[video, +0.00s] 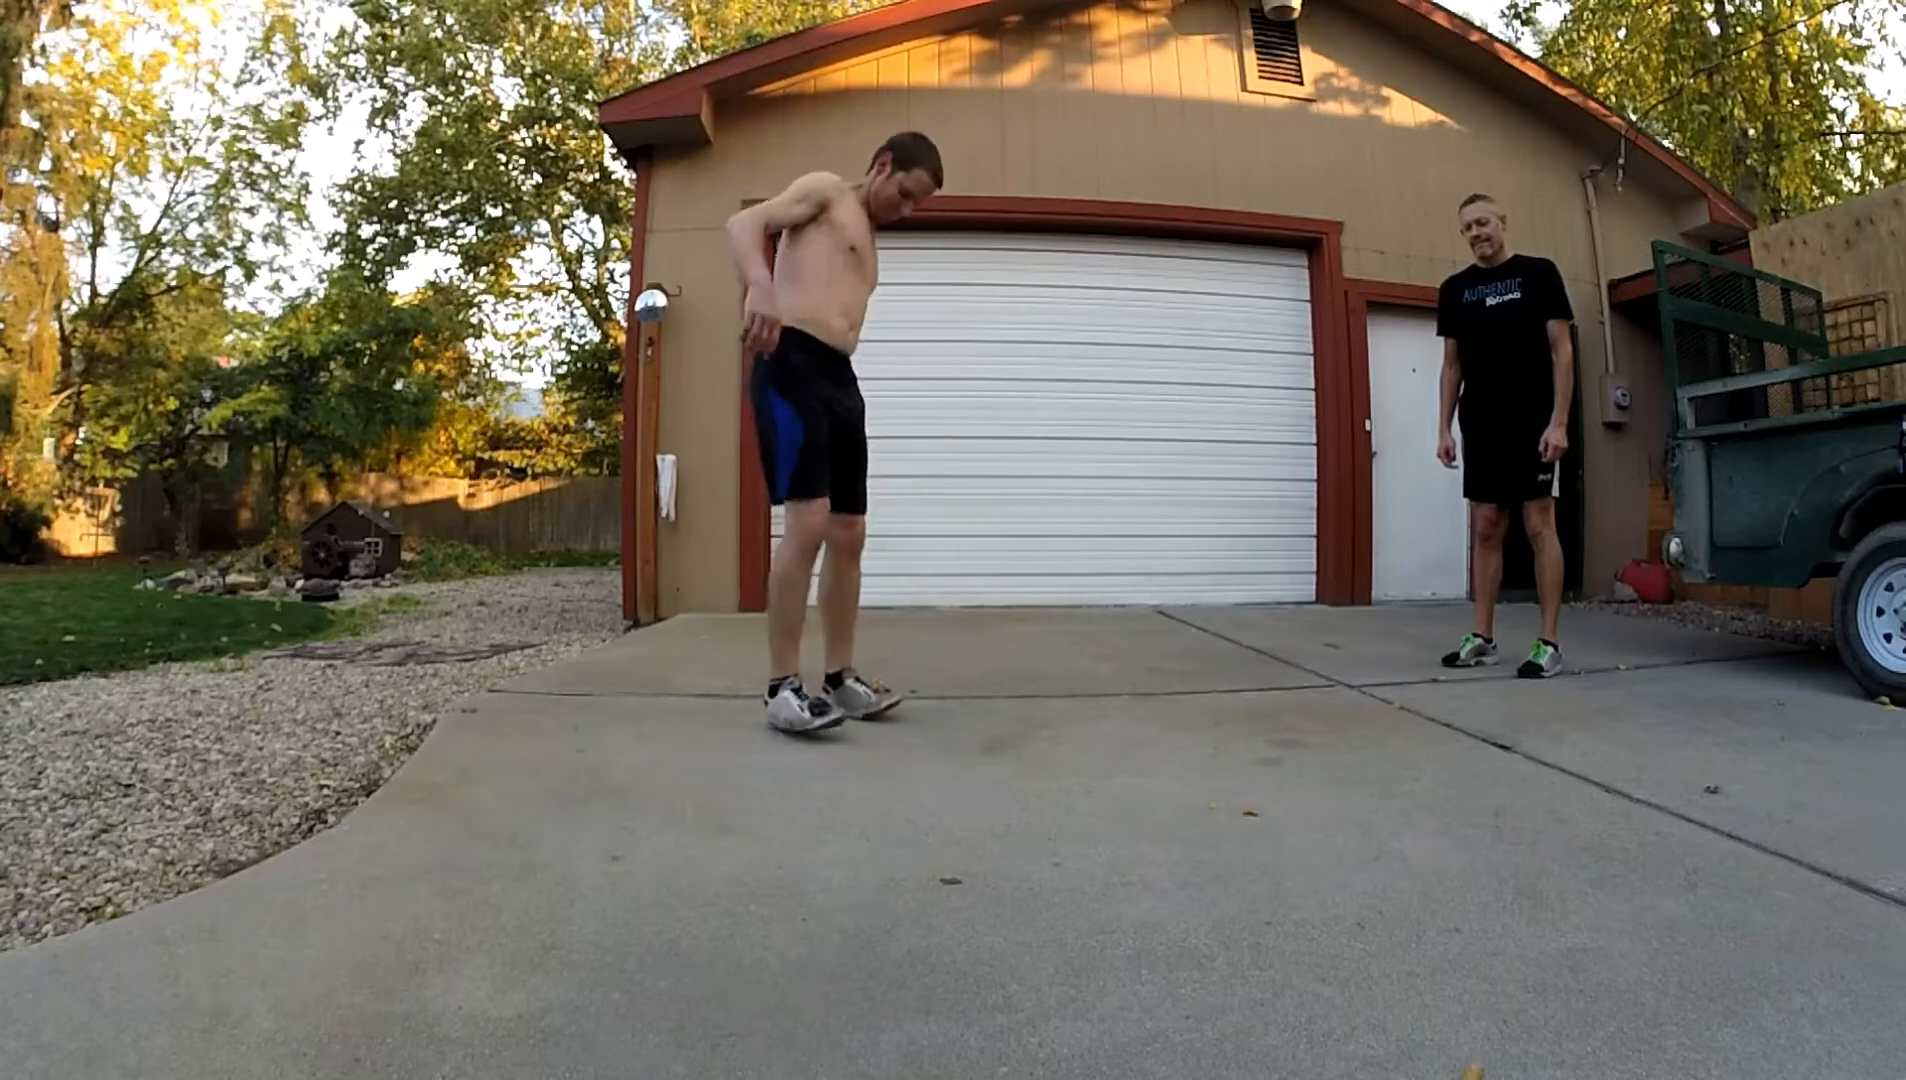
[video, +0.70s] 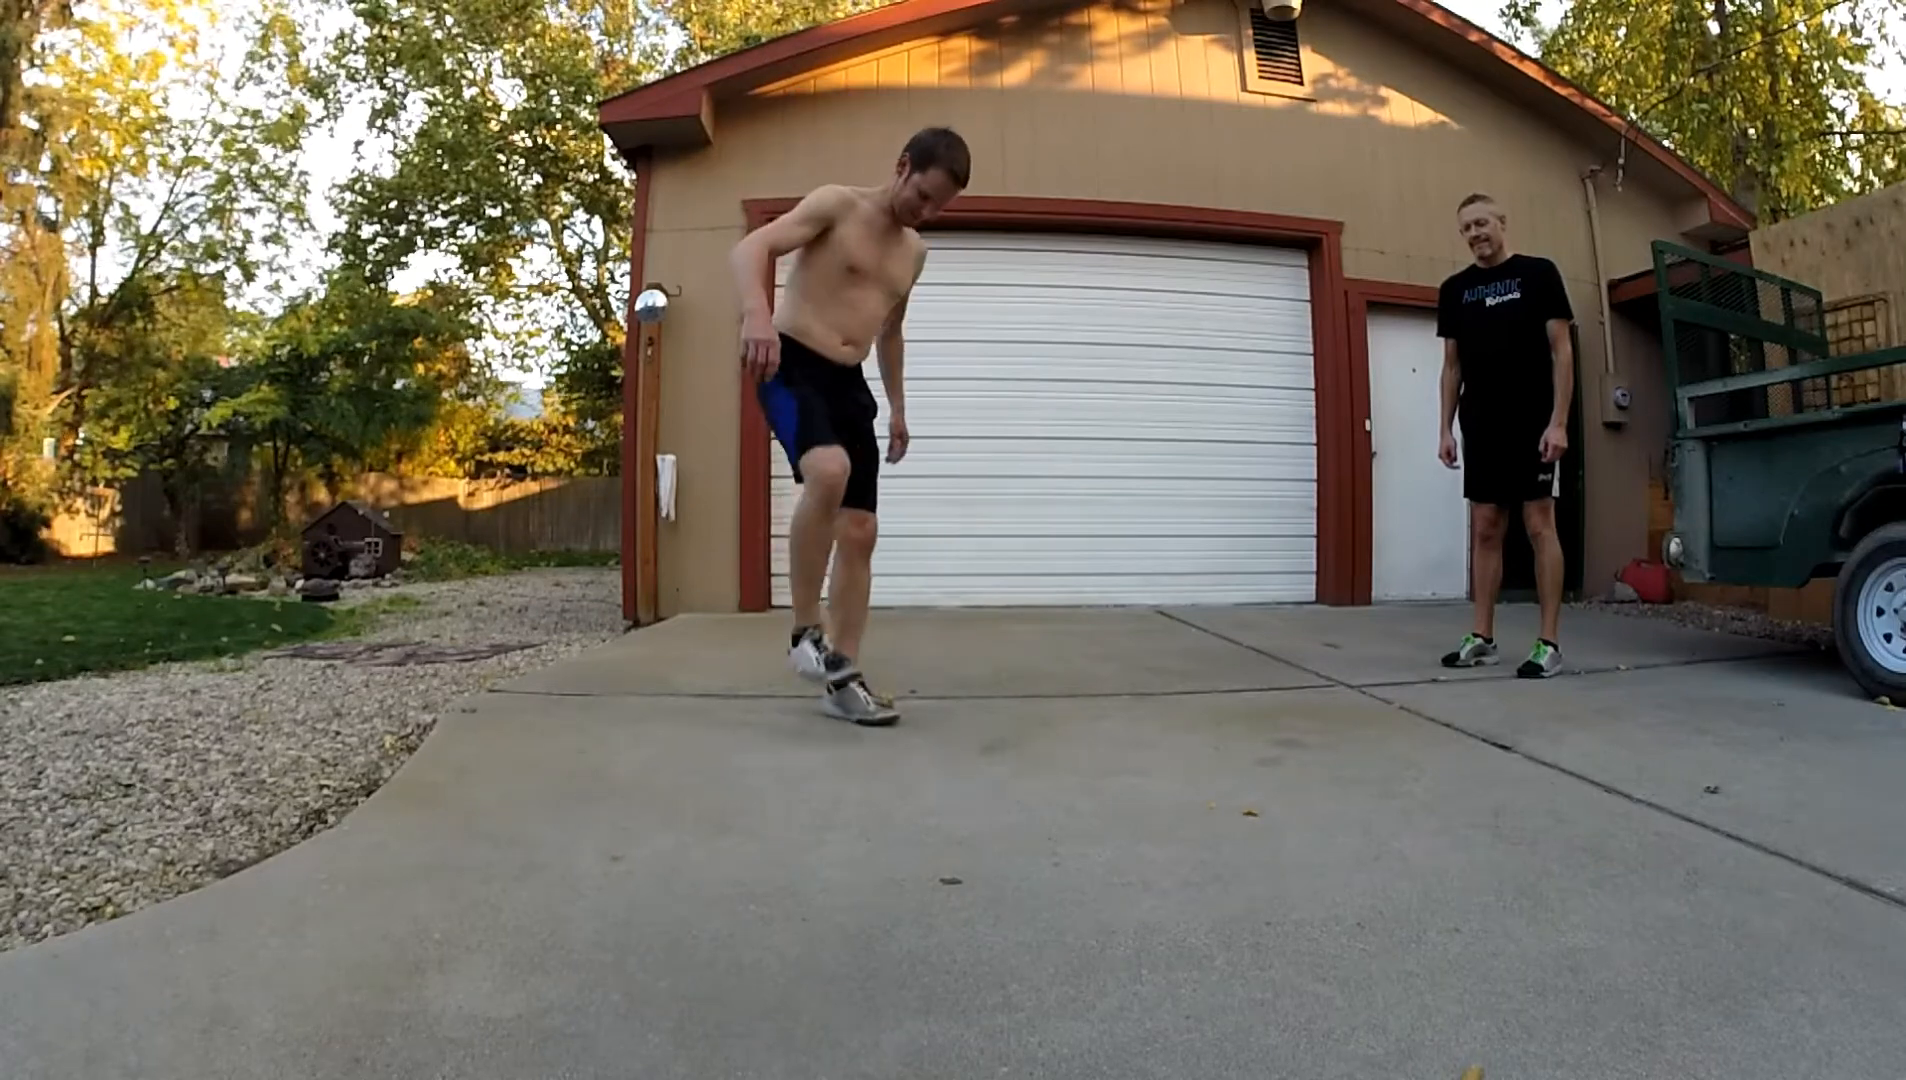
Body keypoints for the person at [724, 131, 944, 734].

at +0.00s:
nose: (907, 211)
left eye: (915, 204)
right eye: (907, 196)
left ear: (898, 185)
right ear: (883, 166)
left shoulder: (866, 234)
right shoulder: (827, 187)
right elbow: (744, 222)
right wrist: (761, 284)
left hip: (838, 372)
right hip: (792, 360)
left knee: (848, 532)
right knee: (808, 523)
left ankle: (839, 680)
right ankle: (783, 690)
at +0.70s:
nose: (926, 212)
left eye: (939, 205)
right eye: (923, 196)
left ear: (947, 198)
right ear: (902, 168)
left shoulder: (914, 251)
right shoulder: (836, 204)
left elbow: (891, 329)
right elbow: (751, 247)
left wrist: (896, 408)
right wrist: (757, 315)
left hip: (850, 382)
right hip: (791, 361)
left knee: (860, 530)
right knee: (829, 471)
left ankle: (843, 674)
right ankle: (805, 634)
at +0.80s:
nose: (930, 217)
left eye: (943, 210)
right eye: (928, 200)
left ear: (955, 205)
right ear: (908, 171)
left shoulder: (921, 254)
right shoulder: (842, 202)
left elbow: (904, 332)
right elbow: (750, 231)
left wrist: (915, 407)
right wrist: (746, 303)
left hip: (844, 372)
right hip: (784, 347)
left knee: (844, 525)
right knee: (834, 372)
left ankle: (842, 679)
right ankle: (837, 529)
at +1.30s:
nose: (908, 183)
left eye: (920, 174)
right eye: (902, 167)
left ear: (929, 168)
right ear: (877, 146)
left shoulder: (913, 238)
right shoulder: (822, 194)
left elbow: (913, 318)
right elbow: (734, 228)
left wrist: (938, 390)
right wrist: (714, 289)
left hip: (862, 369)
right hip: (801, 349)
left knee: (854, 517)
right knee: (868, 425)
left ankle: (841, 680)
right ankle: (853, 605)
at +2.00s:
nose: (833, 136)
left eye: (845, 123)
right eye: (822, 121)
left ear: (860, 109)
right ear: (793, 96)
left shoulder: (868, 151)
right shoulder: (757, 181)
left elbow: (890, 232)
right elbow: (720, 290)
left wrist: (928, 300)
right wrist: (710, 395)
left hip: (880, 358)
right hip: (818, 360)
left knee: (877, 527)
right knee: (824, 533)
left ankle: (856, 676)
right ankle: (820, 715)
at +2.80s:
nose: (859, 110)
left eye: (870, 96)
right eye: (848, 92)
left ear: (880, 88)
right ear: (810, 72)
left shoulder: (879, 152)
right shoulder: (760, 168)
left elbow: (888, 247)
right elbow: (674, 255)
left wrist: (925, 322)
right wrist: (644, 340)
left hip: (887, 352)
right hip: (821, 352)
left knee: (921, 526)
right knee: (844, 538)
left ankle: (911, 715)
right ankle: (828, 724)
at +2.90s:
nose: (867, 125)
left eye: (878, 111)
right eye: (857, 107)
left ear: (887, 105)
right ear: (819, 89)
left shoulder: (878, 170)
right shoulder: (766, 175)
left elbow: (889, 263)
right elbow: (668, 232)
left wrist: (927, 342)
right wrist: (630, 285)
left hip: (887, 359)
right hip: (821, 357)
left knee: (948, 494)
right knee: (845, 540)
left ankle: (946, 703)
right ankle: (827, 725)